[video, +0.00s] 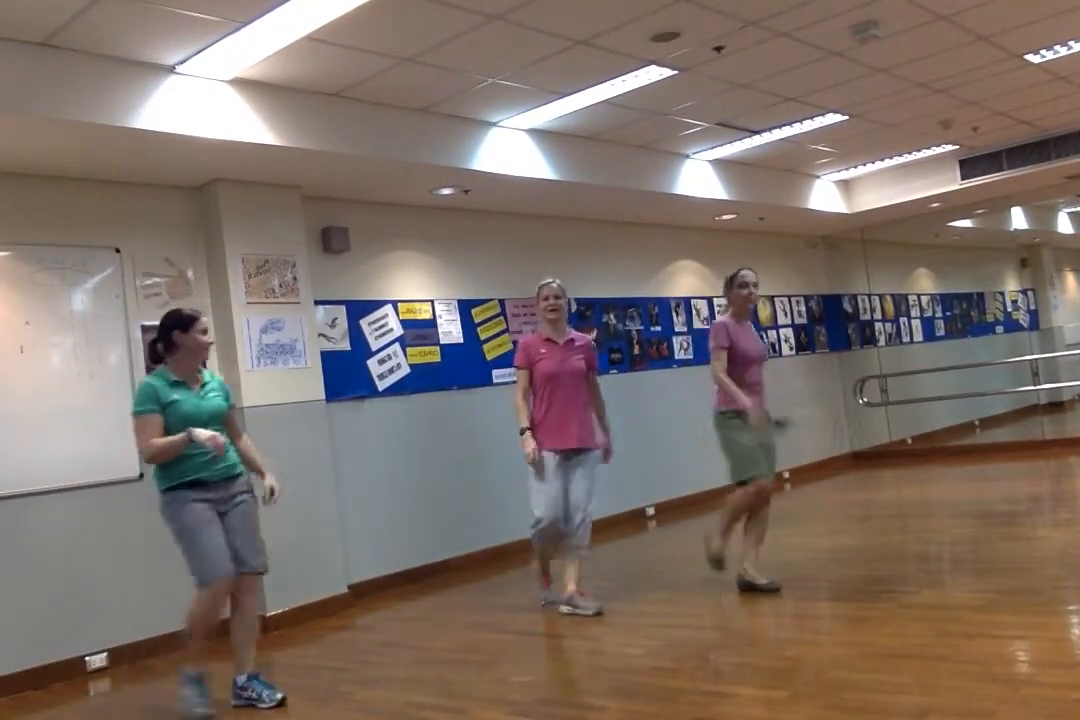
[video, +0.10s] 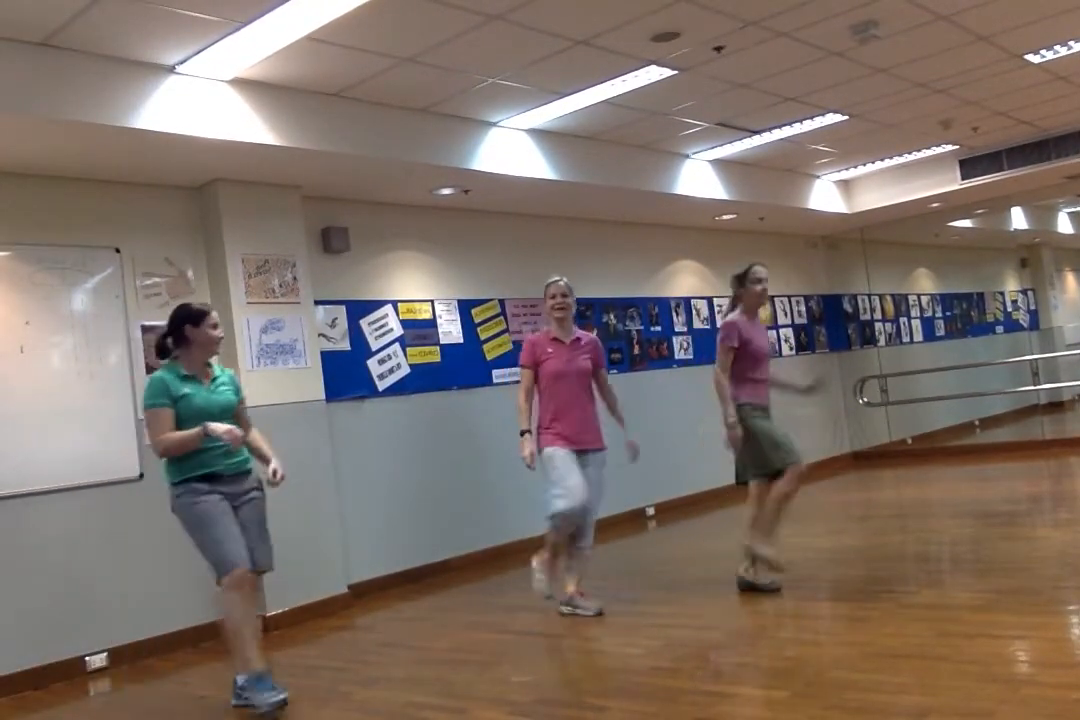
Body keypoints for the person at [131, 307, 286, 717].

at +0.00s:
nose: (210, 339)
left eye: (208, 332)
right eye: (201, 332)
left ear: (191, 339)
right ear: (175, 340)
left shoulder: (216, 384)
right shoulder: (152, 388)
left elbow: (237, 436)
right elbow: (149, 451)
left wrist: (263, 473)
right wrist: (189, 436)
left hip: (235, 489)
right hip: (187, 496)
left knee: (249, 577)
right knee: (218, 579)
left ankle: (245, 679)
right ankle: (192, 676)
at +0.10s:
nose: (220, 333)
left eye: (218, 326)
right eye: (211, 327)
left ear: (205, 334)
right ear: (186, 334)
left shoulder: (227, 377)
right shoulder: (162, 381)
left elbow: (245, 428)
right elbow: (161, 444)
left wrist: (269, 457)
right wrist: (207, 430)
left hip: (244, 484)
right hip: (198, 490)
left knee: (253, 577)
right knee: (237, 574)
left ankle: (250, 676)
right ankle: (253, 676)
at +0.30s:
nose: (240, 333)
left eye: (238, 327)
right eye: (232, 328)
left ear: (218, 334)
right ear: (208, 334)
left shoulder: (237, 375)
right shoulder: (186, 382)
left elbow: (243, 431)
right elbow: (195, 445)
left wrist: (272, 445)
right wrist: (252, 434)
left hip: (258, 485)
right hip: (215, 493)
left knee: (274, 578)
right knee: (262, 575)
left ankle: (247, 678)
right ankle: (299, 672)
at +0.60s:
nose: (247, 340)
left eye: (245, 333)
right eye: (239, 335)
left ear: (222, 342)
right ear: (215, 342)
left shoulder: (236, 380)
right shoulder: (198, 388)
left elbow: (242, 431)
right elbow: (197, 451)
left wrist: (276, 451)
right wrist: (239, 487)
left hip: (247, 490)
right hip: (212, 498)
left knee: (265, 584)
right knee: (261, 583)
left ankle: (198, 637)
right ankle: (298, 674)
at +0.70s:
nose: (239, 351)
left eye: (237, 345)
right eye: (232, 346)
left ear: (213, 353)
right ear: (208, 352)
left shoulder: (227, 389)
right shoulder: (189, 400)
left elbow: (232, 445)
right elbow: (167, 457)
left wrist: (252, 484)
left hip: (242, 500)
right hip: (209, 505)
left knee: (232, 593)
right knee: (256, 584)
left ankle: (179, 643)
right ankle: (298, 674)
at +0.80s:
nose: (233, 367)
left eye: (232, 360)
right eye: (227, 361)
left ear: (208, 367)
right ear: (204, 366)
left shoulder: (218, 401)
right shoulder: (174, 413)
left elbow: (201, 448)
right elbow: (127, 460)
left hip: (226, 507)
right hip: (193, 514)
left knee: (208, 599)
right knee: (245, 593)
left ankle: (164, 659)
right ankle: (290, 672)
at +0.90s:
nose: (222, 378)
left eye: (221, 372)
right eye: (215, 373)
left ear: (199, 376)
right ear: (190, 377)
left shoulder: (208, 405)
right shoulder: (160, 420)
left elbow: (193, 453)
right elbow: (114, 461)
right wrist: (93, 515)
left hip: (209, 509)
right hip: (175, 516)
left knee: (197, 597)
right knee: (227, 586)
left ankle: (157, 667)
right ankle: (271, 666)